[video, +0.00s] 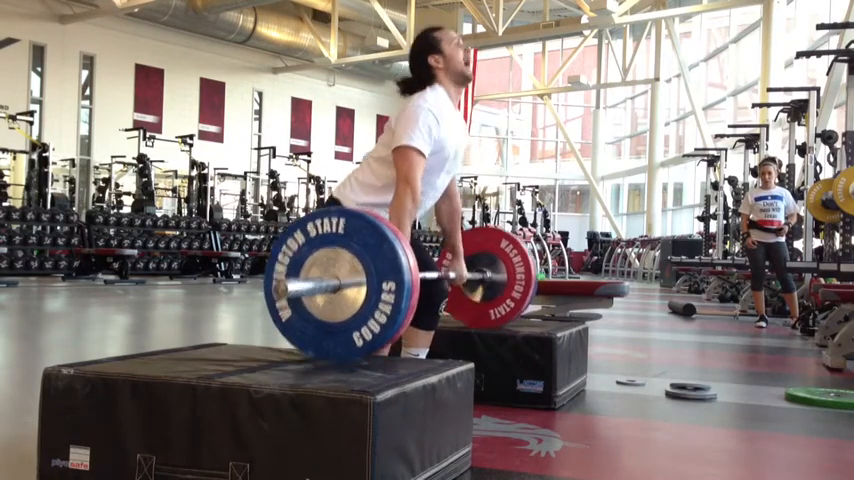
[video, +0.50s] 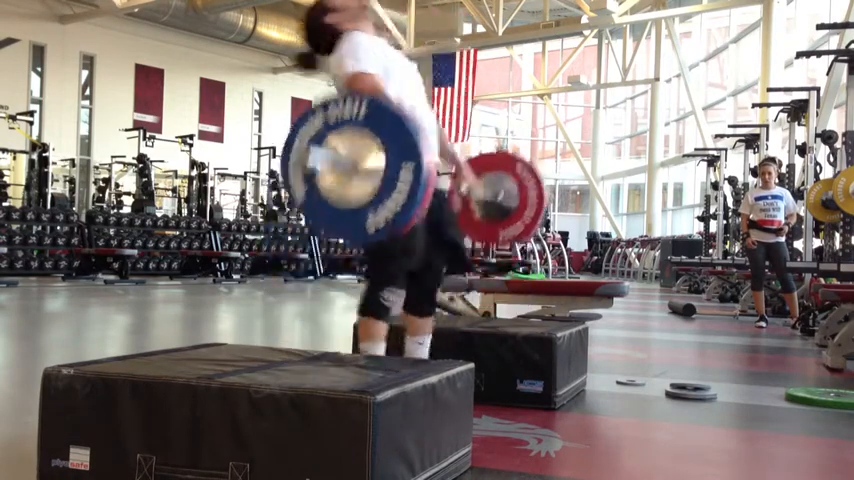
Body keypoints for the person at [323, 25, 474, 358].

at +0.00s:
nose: (468, 51)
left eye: (464, 45)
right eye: (458, 46)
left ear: (443, 63)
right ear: (436, 62)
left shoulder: (454, 120)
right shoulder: (424, 106)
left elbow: (447, 194)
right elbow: (407, 190)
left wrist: (456, 255)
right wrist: (396, 259)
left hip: (389, 219)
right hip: (353, 214)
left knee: (433, 285)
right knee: (391, 295)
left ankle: (409, 383)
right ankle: (371, 386)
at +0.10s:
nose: (473, 40)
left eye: (468, 34)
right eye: (463, 35)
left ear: (450, 53)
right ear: (443, 52)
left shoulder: (457, 108)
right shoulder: (429, 94)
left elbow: (450, 183)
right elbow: (408, 173)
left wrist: (457, 246)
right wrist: (398, 243)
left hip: (396, 205)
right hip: (361, 200)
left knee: (424, 283)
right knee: (376, 289)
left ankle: (407, 381)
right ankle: (366, 388)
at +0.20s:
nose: (478, 26)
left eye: (473, 20)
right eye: (467, 21)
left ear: (455, 39)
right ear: (447, 38)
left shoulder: (463, 93)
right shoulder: (434, 77)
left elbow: (454, 166)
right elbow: (410, 152)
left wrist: (455, 225)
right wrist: (394, 222)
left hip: (404, 202)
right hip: (373, 196)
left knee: (419, 288)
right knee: (376, 290)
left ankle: (405, 381)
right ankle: (363, 383)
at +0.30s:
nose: (466, 13)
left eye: (461, 7)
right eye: (455, 8)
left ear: (443, 27)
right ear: (436, 26)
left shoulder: (457, 79)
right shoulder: (429, 64)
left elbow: (450, 154)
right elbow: (406, 139)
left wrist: (454, 212)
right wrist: (392, 209)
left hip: (413, 205)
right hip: (385, 202)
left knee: (434, 285)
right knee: (402, 285)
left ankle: (412, 383)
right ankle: (374, 385)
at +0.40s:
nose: (410, 2)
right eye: (398, 1)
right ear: (378, 18)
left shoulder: (419, 62)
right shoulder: (391, 52)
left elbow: (433, 140)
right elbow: (389, 127)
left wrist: (455, 196)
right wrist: (404, 196)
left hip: (442, 201)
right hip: (412, 199)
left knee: (454, 291)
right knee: (409, 295)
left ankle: (417, 374)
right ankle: (376, 380)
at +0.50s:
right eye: (337, 1)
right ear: (334, 20)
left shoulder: (389, 52)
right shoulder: (354, 44)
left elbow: (420, 115)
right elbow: (368, 105)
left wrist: (457, 158)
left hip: (426, 183)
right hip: (390, 182)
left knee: (426, 278)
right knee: (387, 280)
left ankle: (415, 373)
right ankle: (371, 377)